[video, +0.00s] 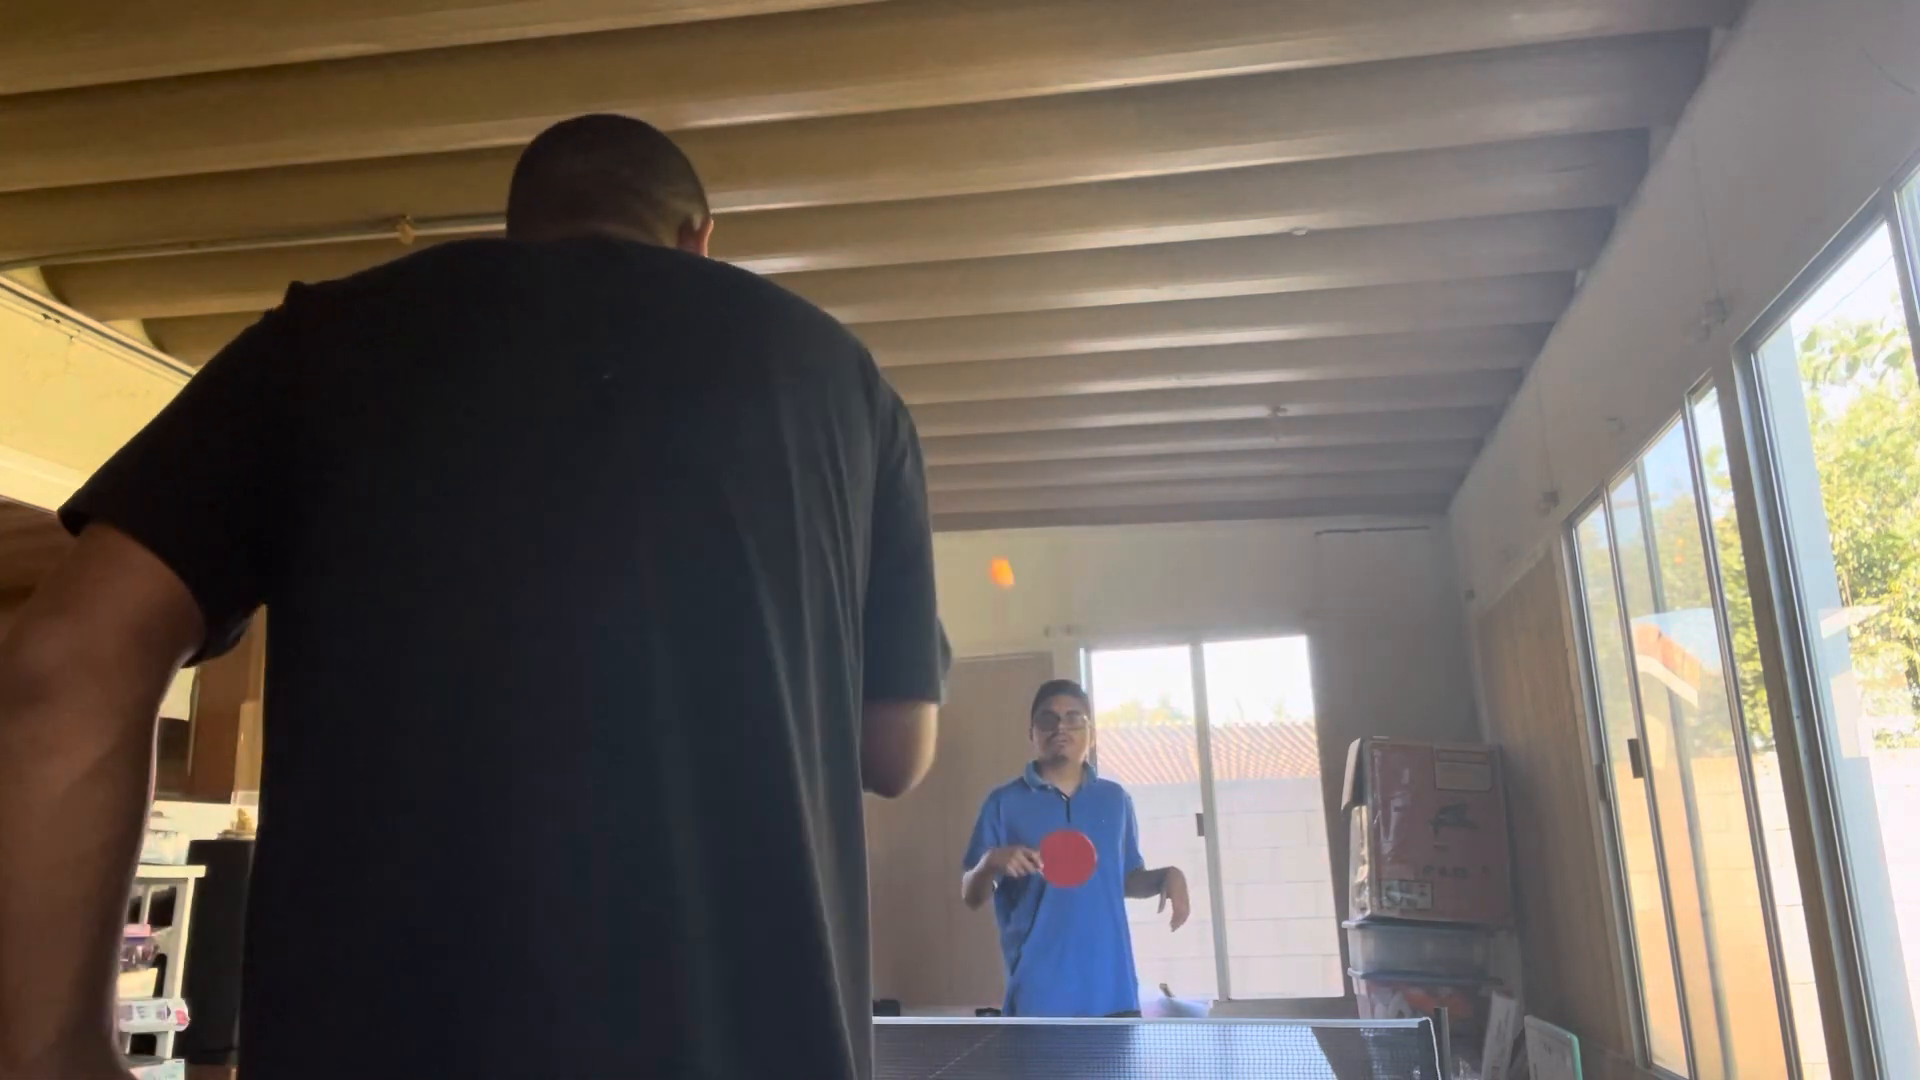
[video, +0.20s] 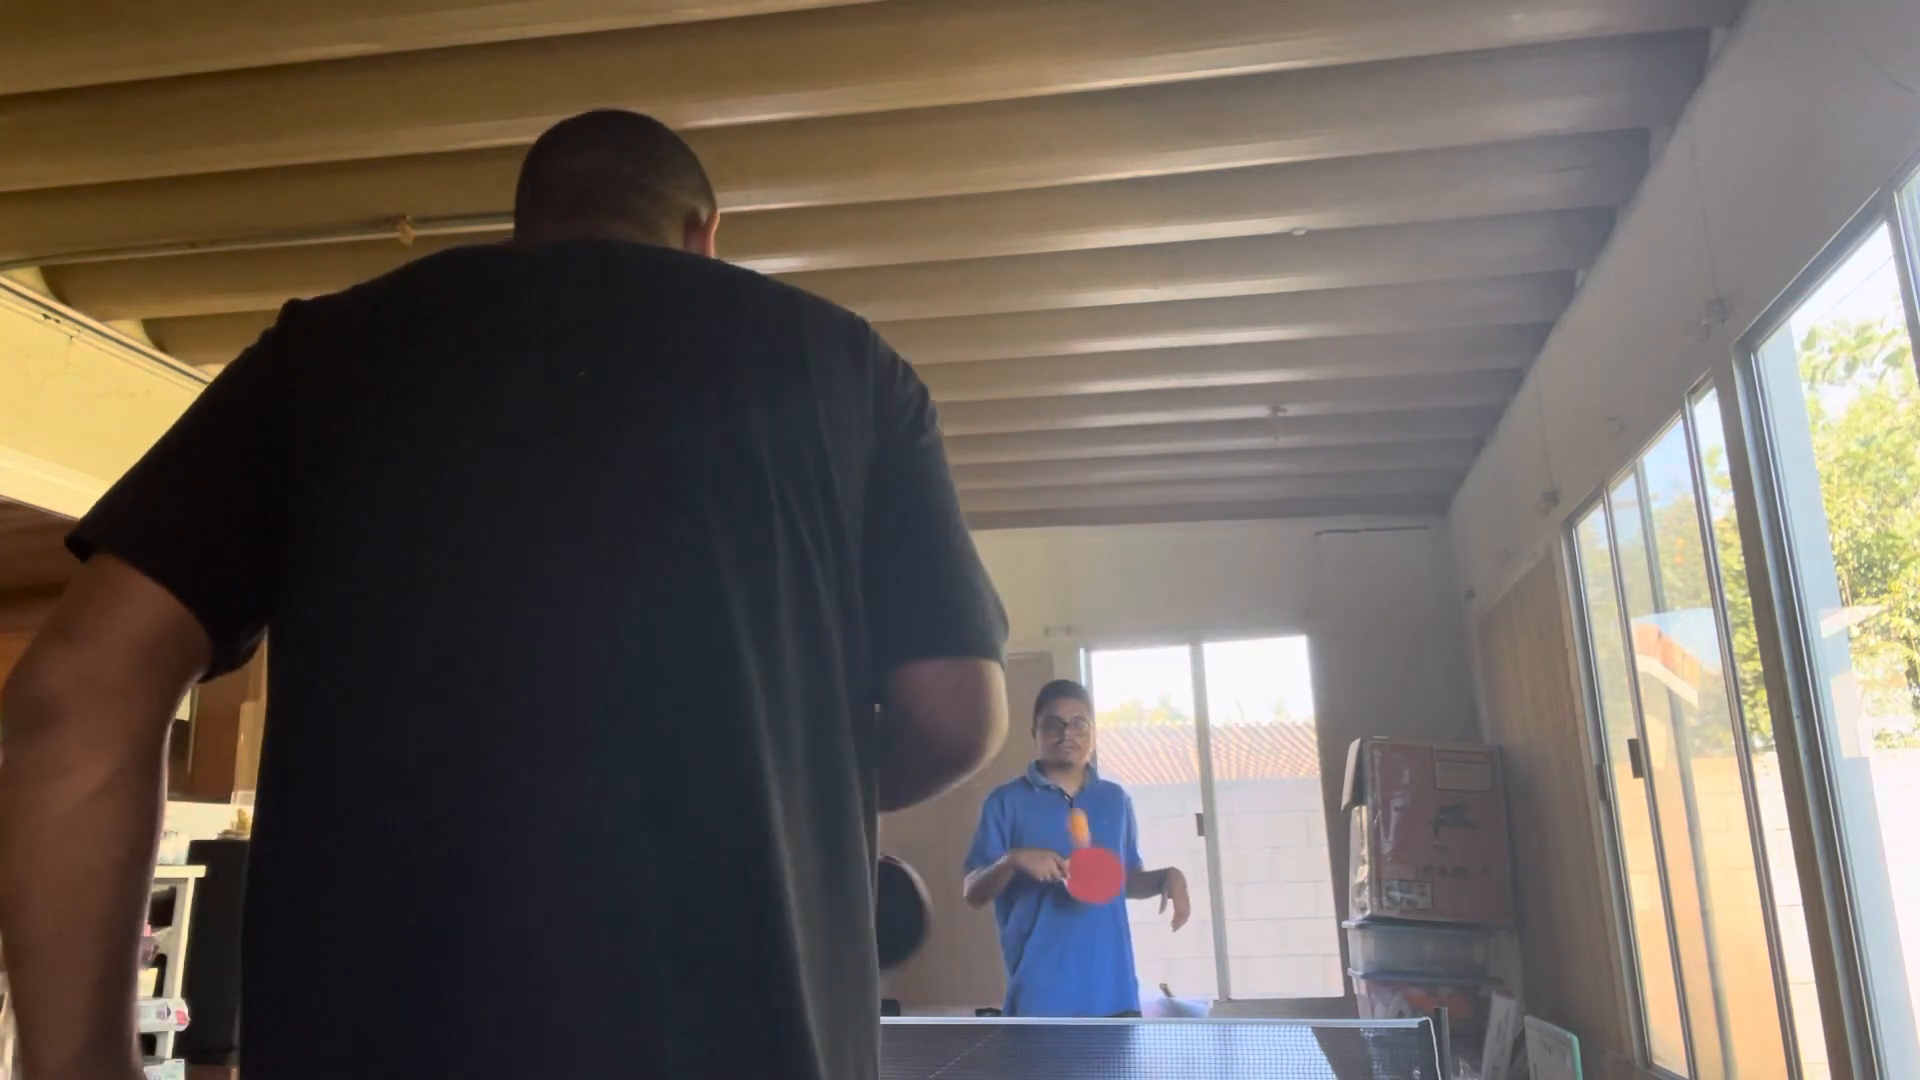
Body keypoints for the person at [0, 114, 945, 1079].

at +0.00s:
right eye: (715, 240)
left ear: (506, 229)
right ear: (698, 238)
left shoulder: (329, 331)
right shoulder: (834, 367)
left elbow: (65, 656)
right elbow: (896, 751)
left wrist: (59, 1046)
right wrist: (730, 670)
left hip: (371, 1032)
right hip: (748, 1039)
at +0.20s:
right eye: (718, 241)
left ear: (515, 223)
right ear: (704, 235)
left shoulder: (327, 345)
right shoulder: (839, 357)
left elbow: (76, 685)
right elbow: (955, 721)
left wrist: (76, 1056)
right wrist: (786, 790)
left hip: (368, 1033)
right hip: (748, 1040)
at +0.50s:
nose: (766, 253)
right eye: (764, 234)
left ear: (554, 217)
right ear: (744, 224)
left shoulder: (359, 351)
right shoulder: (849, 345)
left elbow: (111, 701)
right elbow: (984, 697)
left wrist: (90, 1060)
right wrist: (956, 819)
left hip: (373, 1039)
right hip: (740, 1041)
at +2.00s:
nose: (830, 254)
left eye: (829, 237)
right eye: (831, 231)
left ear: (621, 199)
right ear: (794, 205)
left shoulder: (389, 333)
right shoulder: (870, 342)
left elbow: (145, 677)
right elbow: (982, 695)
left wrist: (130, 1049)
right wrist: (1039, 926)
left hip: (381, 1037)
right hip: (751, 1038)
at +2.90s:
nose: (857, 222)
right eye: (864, 200)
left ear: (657, 175)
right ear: (840, 179)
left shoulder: (423, 330)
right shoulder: (906, 340)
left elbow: (183, 694)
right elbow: (997, 722)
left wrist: (232, 1039)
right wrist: (1126, 999)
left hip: (415, 1043)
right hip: (778, 1043)